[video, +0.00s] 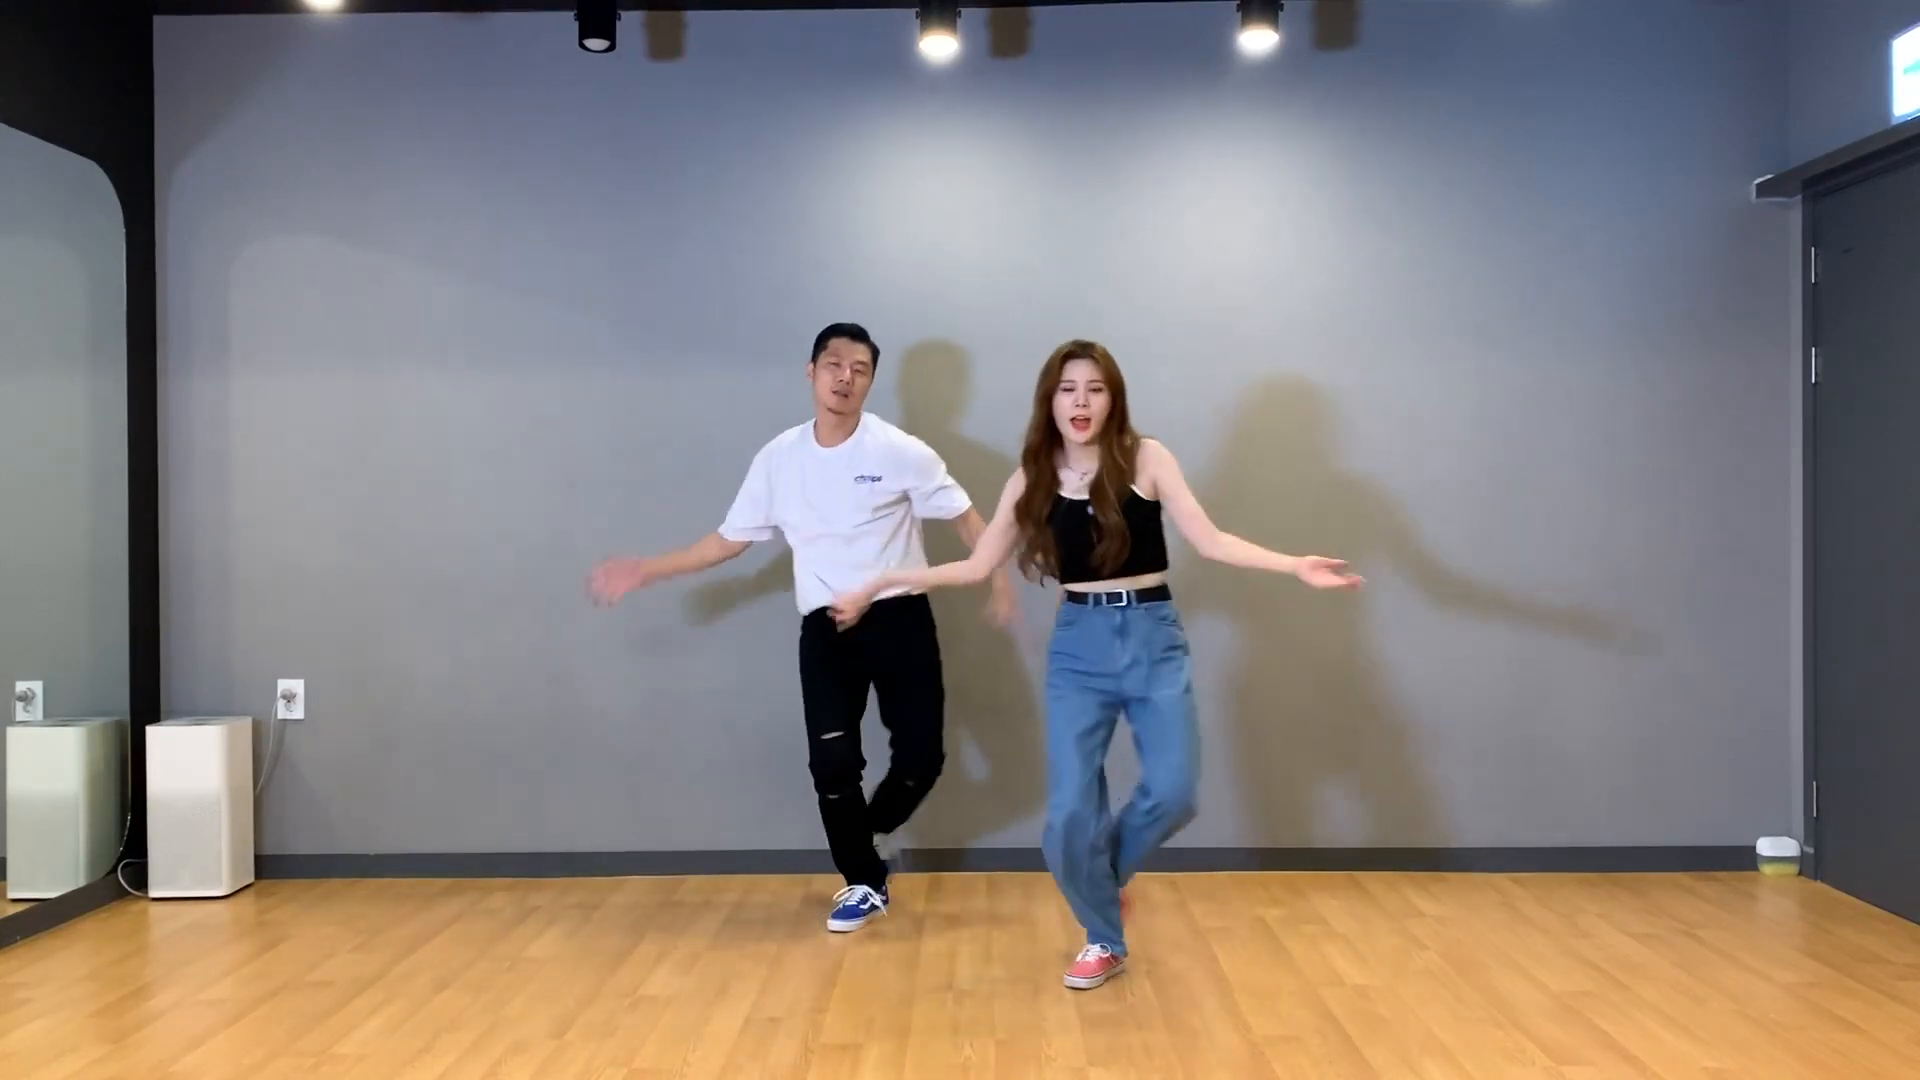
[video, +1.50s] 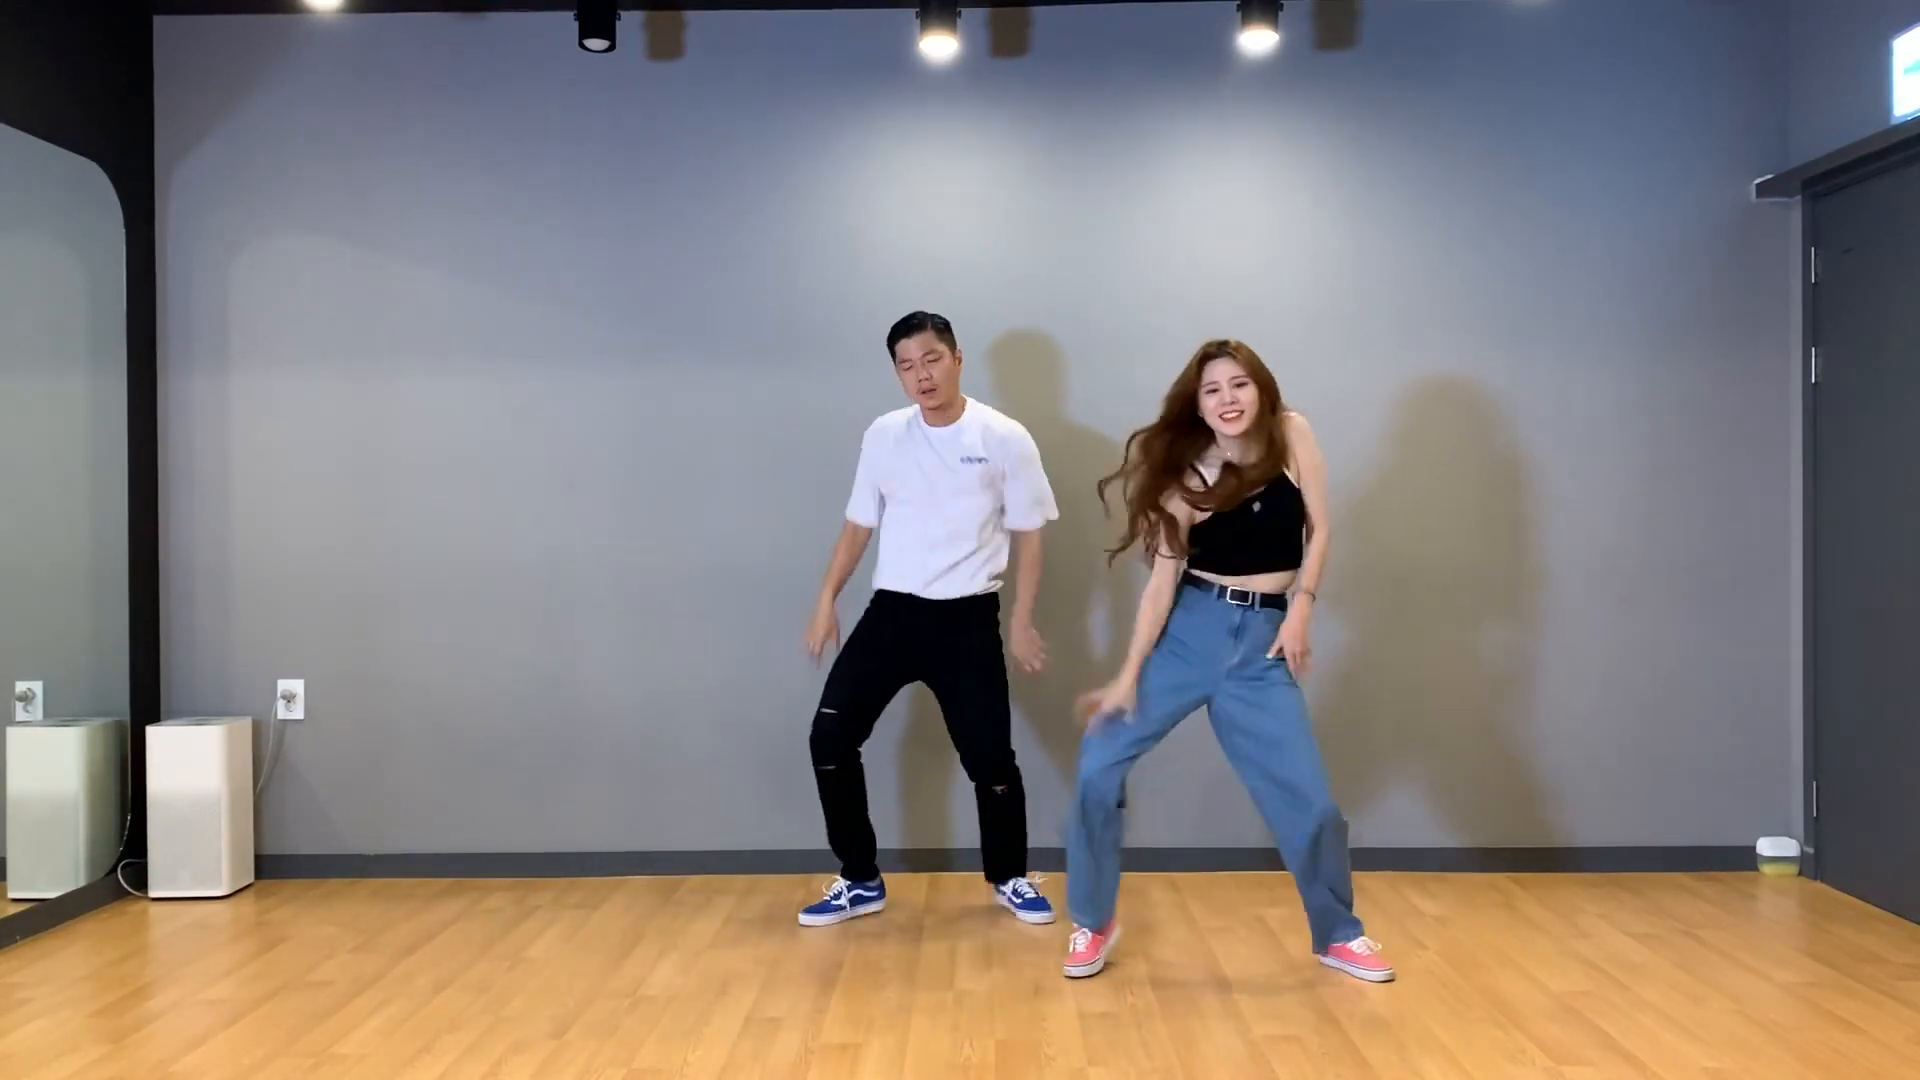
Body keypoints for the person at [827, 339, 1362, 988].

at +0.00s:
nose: (1080, 402)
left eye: (1094, 390)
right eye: (1068, 390)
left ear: (1113, 400)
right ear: (1049, 400)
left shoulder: (1147, 459)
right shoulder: (1030, 480)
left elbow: (1209, 540)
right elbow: (976, 568)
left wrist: (1296, 565)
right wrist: (885, 581)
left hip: (1155, 641)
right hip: (1077, 646)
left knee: (1174, 793)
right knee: (1072, 806)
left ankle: (1106, 865)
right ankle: (1102, 941)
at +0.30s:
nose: (1158, 366)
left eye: (1170, 353)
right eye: (1144, 357)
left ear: (1193, 360)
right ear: (1130, 369)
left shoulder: (1222, 417)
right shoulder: (1120, 432)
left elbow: (1309, 459)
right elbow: (1061, 494)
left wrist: (1220, 479)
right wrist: (1087, 483)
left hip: (1217, 625)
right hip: (1145, 631)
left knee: (1290, 783)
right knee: (1120, 789)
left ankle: (1358, 928)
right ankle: (1112, 938)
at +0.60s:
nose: (1189, 402)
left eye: (1195, 386)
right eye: (1172, 399)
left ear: (1217, 388)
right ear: (1161, 417)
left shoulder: (1259, 457)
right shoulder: (1169, 477)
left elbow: (1227, 562)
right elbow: (1147, 567)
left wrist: (1171, 628)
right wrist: (1098, 628)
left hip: (1237, 619)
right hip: (1167, 618)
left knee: (1254, 805)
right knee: (1126, 793)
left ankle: (1349, 929)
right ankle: (1122, 938)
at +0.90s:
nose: (1187, 408)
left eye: (1194, 392)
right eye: (1170, 403)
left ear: (1218, 395)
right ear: (1160, 419)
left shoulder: (1257, 462)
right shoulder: (1179, 476)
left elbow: (1186, 524)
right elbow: (1123, 535)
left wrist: (1151, 440)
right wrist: (1098, 455)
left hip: (1270, 647)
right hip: (1209, 647)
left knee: (1297, 813)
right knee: (1143, 785)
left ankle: (1382, 932)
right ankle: (1125, 936)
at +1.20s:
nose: (1185, 398)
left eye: (1194, 382)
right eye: (1171, 389)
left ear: (1222, 384)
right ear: (1162, 403)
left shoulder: (1257, 445)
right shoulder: (1163, 456)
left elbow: (1253, 473)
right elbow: (1064, 478)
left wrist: (1221, 422)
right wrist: (1104, 420)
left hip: (1256, 633)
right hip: (1190, 632)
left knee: (1300, 793)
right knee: (1136, 788)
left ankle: (1386, 933)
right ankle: (1119, 938)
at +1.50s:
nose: (1228, 399)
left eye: (1240, 385)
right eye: (1212, 390)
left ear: (1262, 391)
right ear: (1198, 403)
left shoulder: (1290, 434)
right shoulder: (1181, 476)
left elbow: (1318, 530)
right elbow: (1162, 578)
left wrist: (1299, 612)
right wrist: (1127, 678)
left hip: (1263, 642)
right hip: (1185, 632)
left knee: (1312, 800)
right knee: (1098, 765)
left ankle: (1337, 935)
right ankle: (1092, 920)